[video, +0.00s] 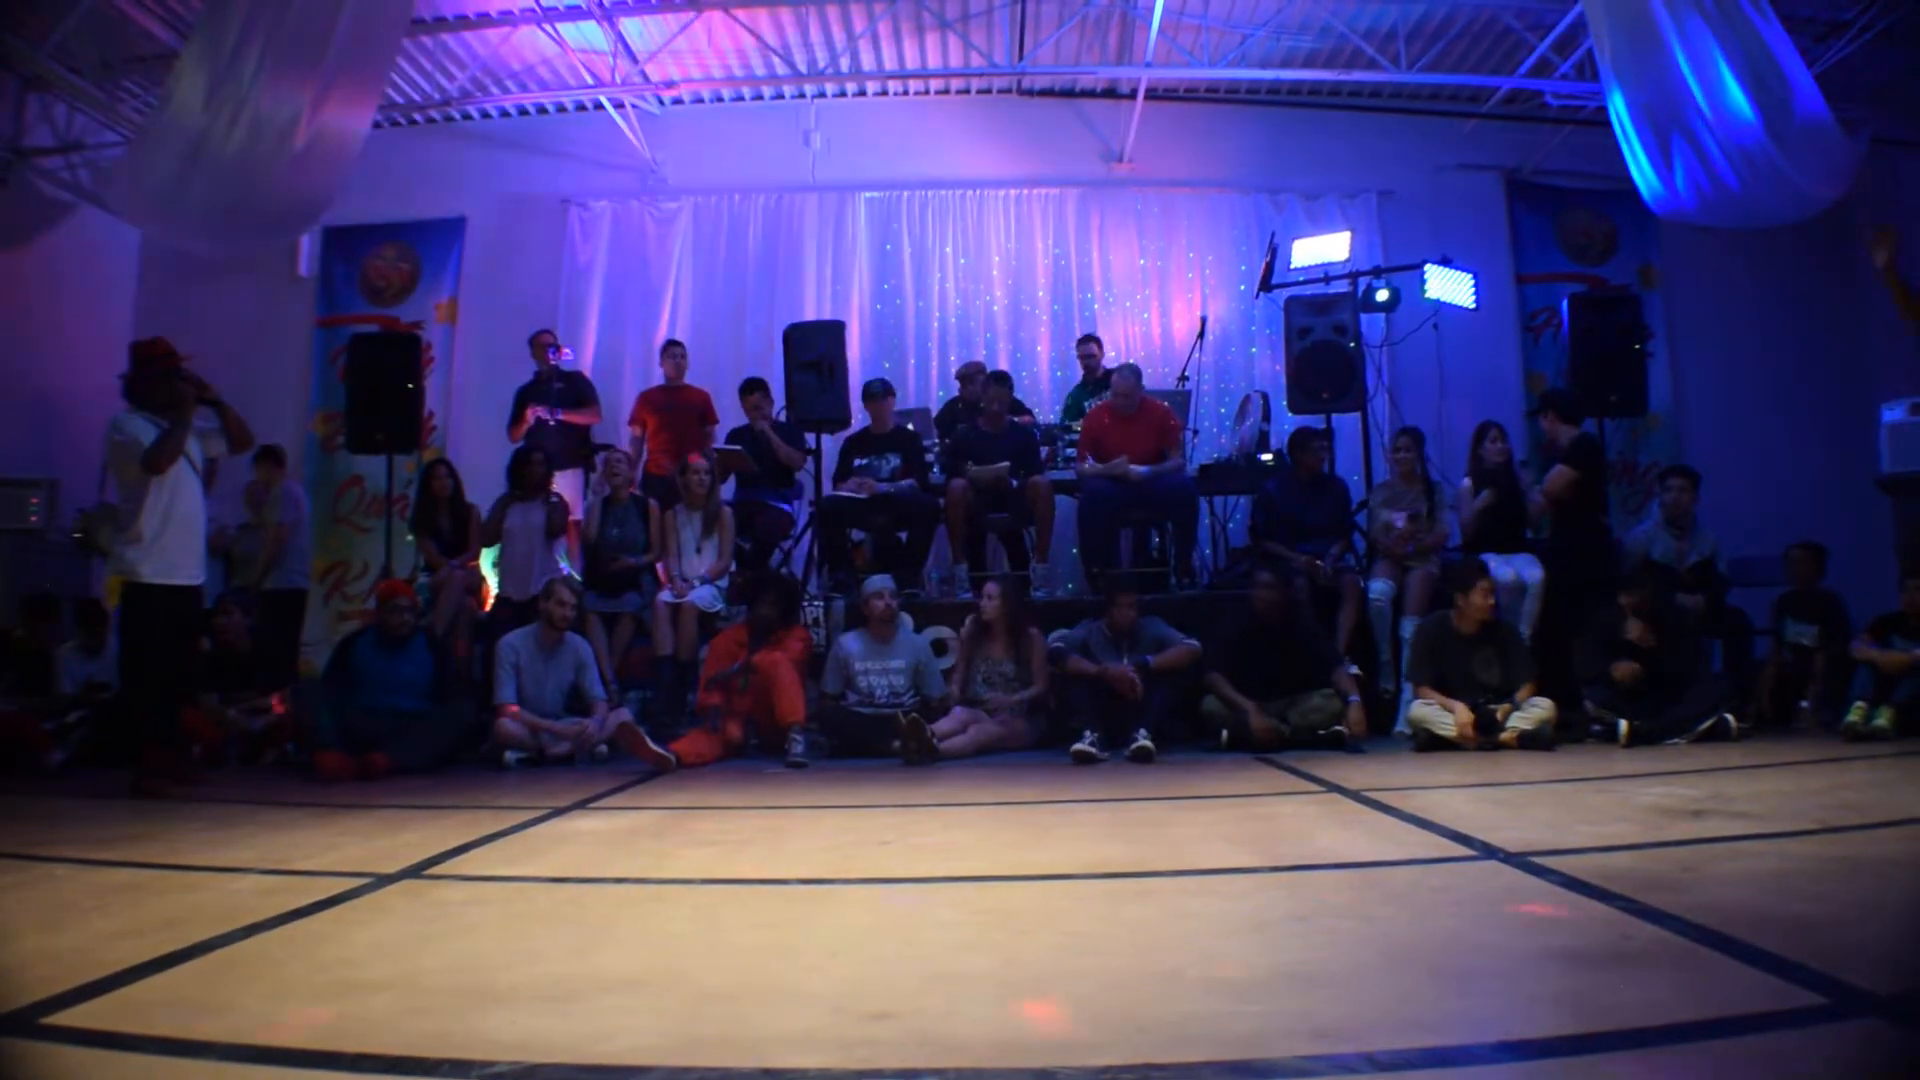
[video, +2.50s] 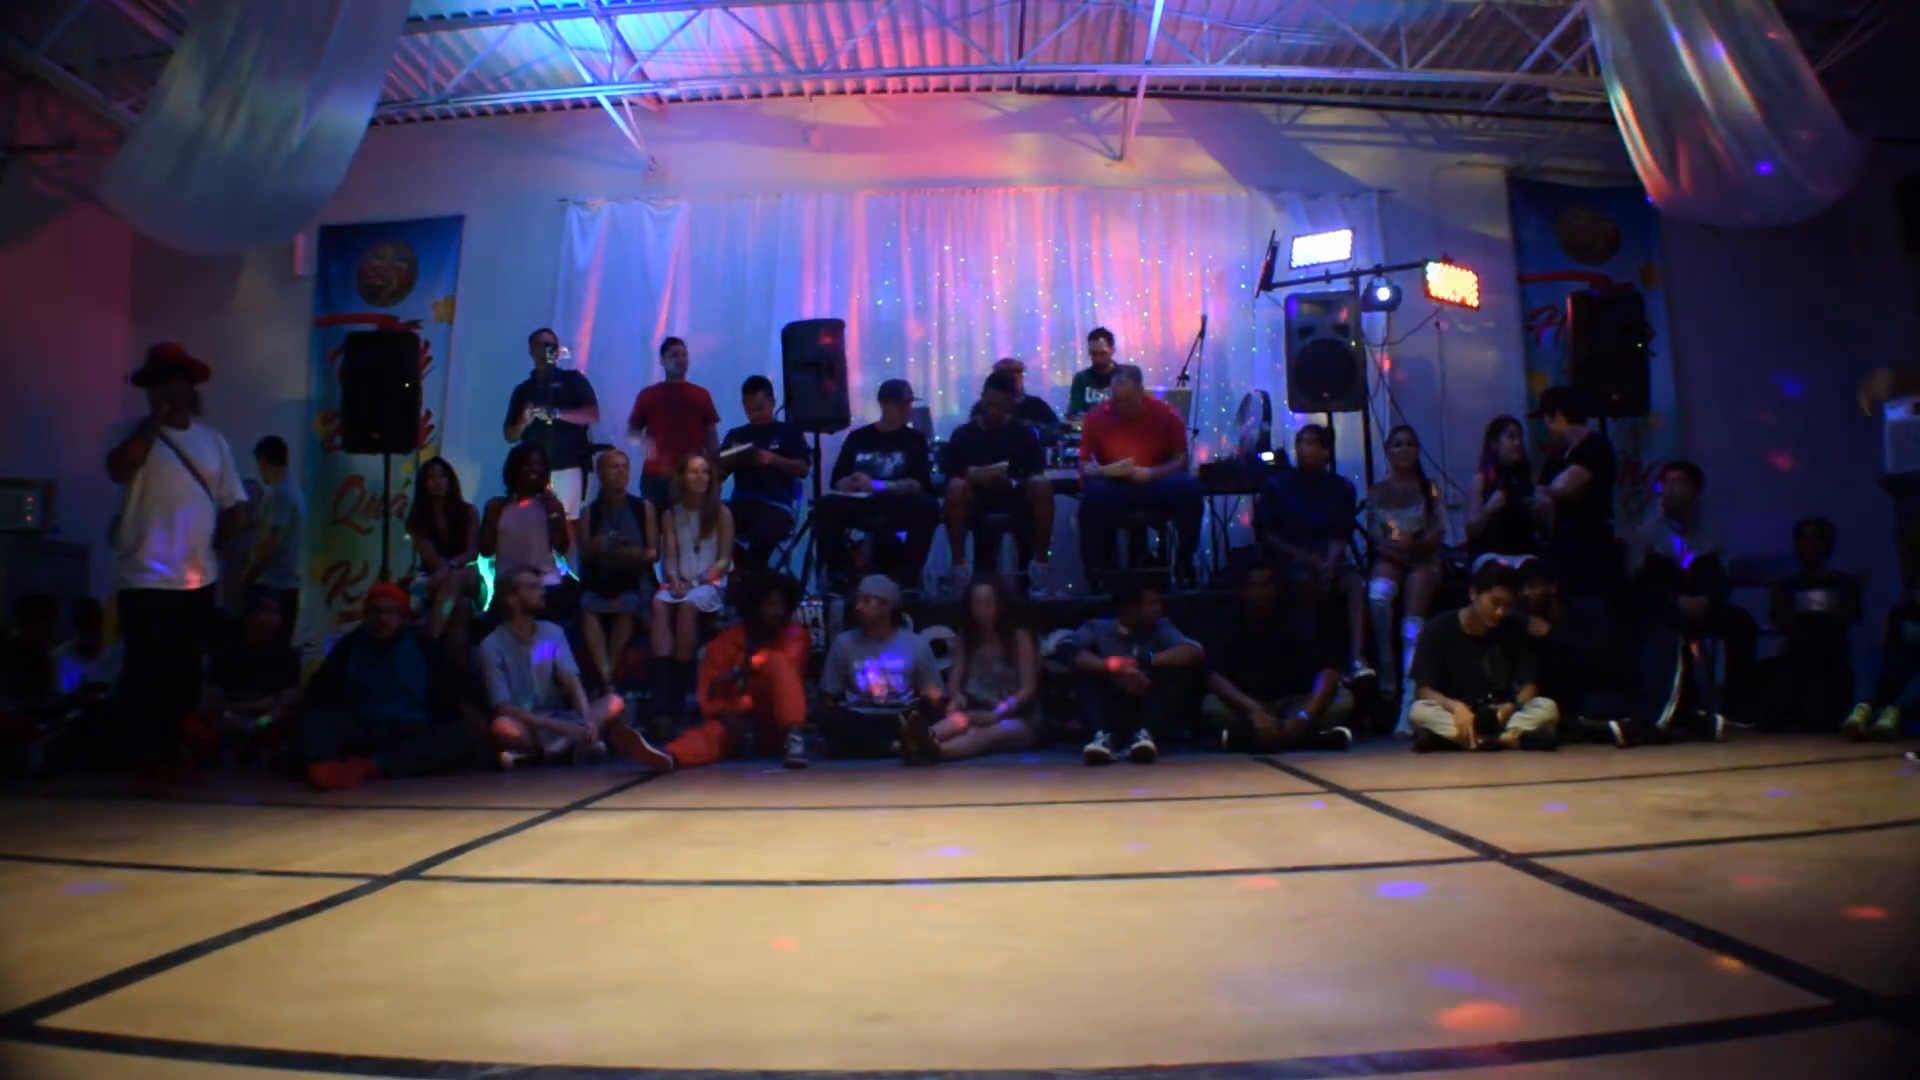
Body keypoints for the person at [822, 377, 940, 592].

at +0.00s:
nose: (879, 406)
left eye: (883, 400)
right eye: (873, 401)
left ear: (893, 401)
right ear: (866, 405)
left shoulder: (909, 438)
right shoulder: (853, 442)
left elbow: (919, 481)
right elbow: (838, 484)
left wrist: (882, 487)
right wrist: (852, 486)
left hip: (897, 502)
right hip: (860, 502)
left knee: (928, 507)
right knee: (827, 507)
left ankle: (909, 579)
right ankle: (841, 578)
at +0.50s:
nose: (887, 403)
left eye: (891, 397)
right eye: (881, 398)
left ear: (897, 400)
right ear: (870, 403)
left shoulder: (910, 439)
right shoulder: (854, 441)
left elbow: (918, 483)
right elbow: (837, 485)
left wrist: (878, 486)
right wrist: (852, 484)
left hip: (897, 502)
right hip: (861, 503)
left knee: (928, 508)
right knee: (827, 507)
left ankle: (908, 579)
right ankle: (841, 578)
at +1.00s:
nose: (895, 403)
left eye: (898, 397)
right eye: (889, 397)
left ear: (903, 401)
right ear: (875, 402)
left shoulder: (913, 439)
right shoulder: (857, 439)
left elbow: (919, 483)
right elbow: (840, 482)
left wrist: (875, 485)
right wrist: (851, 484)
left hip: (897, 501)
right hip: (861, 502)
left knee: (927, 508)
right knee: (825, 507)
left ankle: (908, 580)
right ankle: (840, 578)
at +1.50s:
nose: (894, 403)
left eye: (897, 397)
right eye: (887, 398)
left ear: (903, 401)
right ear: (875, 403)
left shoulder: (914, 439)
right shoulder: (857, 439)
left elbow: (919, 483)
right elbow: (838, 481)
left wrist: (874, 485)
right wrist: (847, 484)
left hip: (897, 501)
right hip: (860, 501)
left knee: (927, 508)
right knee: (826, 506)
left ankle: (907, 580)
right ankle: (840, 578)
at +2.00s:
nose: (903, 409)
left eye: (906, 403)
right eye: (897, 403)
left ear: (908, 405)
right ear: (881, 404)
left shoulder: (914, 439)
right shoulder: (856, 439)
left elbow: (919, 483)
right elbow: (837, 482)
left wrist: (875, 486)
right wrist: (850, 485)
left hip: (897, 502)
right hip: (859, 502)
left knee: (927, 508)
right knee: (826, 507)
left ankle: (909, 579)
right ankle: (839, 577)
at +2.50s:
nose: (909, 408)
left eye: (910, 403)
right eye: (904, 403)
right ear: (886, 405)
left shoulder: (915, 440)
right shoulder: (857, 438)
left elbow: (919, 484)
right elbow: (836, 482)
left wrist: (875, 485)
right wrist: (851, 483)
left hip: (898, 503)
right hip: (860, 503)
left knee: (927, 508)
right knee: (825, 507)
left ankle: (910, 579)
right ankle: (839, 576)